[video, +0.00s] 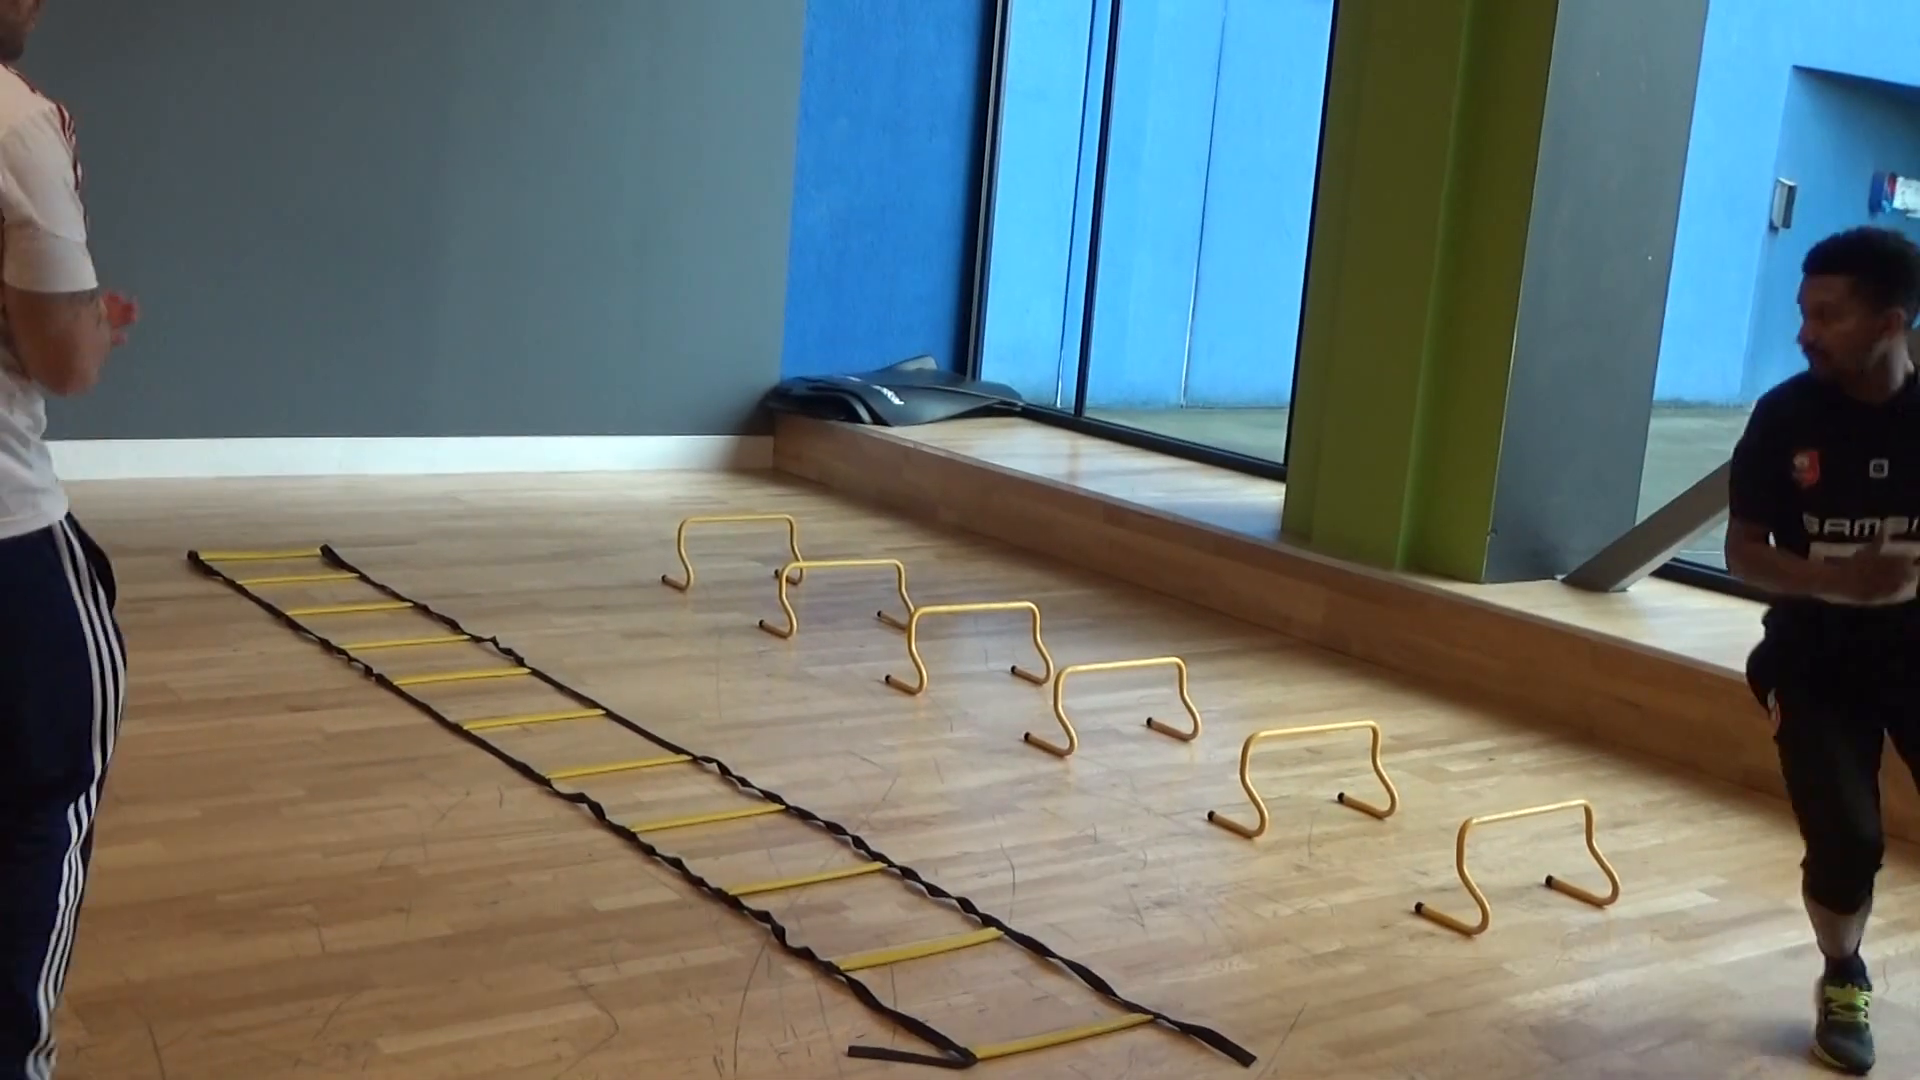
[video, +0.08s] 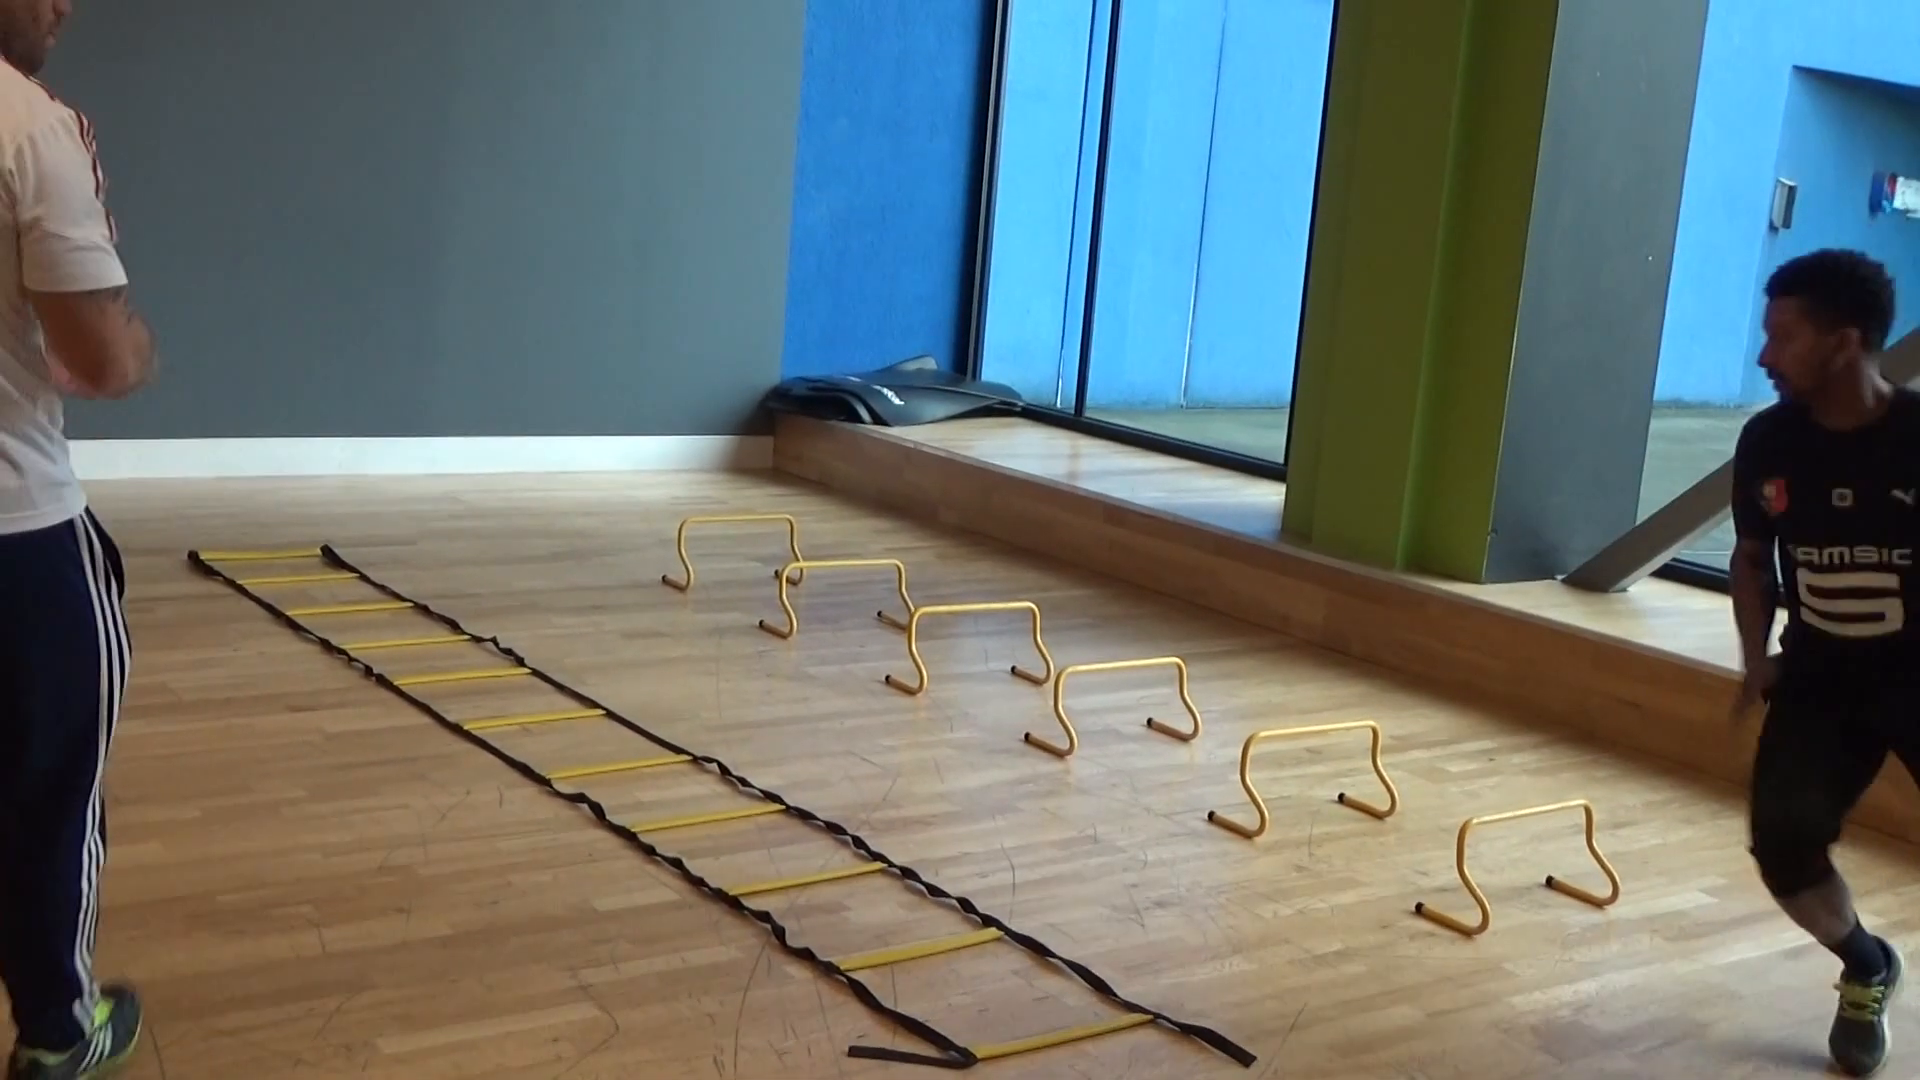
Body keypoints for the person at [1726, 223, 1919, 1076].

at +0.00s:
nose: (1805, 330)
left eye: (1826, 314)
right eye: (1803, 311)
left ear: (1892, 321)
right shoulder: (1785, 414)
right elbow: (1743, 552)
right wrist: (1837, 573)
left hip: (1913, 649)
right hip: (1818, 651)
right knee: (1844, 840)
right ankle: (1844, 978)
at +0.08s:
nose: (1765, 350)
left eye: (1782, 333)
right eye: (1767, 332)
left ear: (1846, 340)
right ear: (1825, 341)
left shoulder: (1916, 427)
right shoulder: (1767, 439)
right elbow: (1753, 557)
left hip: (1915, 674)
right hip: (1822, 676)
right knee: (1784, 852)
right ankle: (1868, 966)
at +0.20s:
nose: (1658, 321)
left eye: (1674, 304)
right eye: (1662, 301)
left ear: (1727, 314)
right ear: (1713, 315)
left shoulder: (1823, 398)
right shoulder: (1696, 406)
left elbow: (1892, 548)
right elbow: (1744, 509)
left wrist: (1745, 499)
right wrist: (1726, 593)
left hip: (1880, 659)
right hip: (1785, 652)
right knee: (1663, 792)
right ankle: (1804, 987)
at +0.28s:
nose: (1569, 292)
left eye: (1580, 273)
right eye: (1573, 273)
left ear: (1627, 280)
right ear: (1629, 281)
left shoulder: (1722, 364)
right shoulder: (1634, 381)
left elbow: (1796, 507)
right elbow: (1725, 515)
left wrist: (1641, 543)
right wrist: (1682, 611)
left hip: (1816, 630)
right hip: (1723, 625)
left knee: (1894, 855)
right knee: (1626, 802)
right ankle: (1771, 1001)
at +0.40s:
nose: (1455, 291)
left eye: (1464, 275)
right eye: (1459, 273)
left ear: (1500, 282)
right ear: (1515, 284)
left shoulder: (1569, 357)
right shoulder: (1539, 375)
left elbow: (1693, 427)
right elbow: (1552, 521)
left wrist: (1697, 580)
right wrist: (1446, 535)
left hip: (1674, 598)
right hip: (1679, 598)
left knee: (1559, 787)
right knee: (1624, 832)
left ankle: (1782, 869)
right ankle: (1780, 1015)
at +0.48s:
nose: (1381, 268)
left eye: (1390, 251)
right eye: (1386, 251)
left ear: (1421, 259)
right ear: (1446, 260)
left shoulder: (1472, 319)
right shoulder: (1466, 343)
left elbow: (1597, 325)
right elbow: (1437, 459)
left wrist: (1647, 464)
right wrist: (1334, 419)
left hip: (1557, 563)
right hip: (1616, 566)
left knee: (1382, 680)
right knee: (1629, 803)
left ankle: (1487, 861)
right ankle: (1774, 1002)